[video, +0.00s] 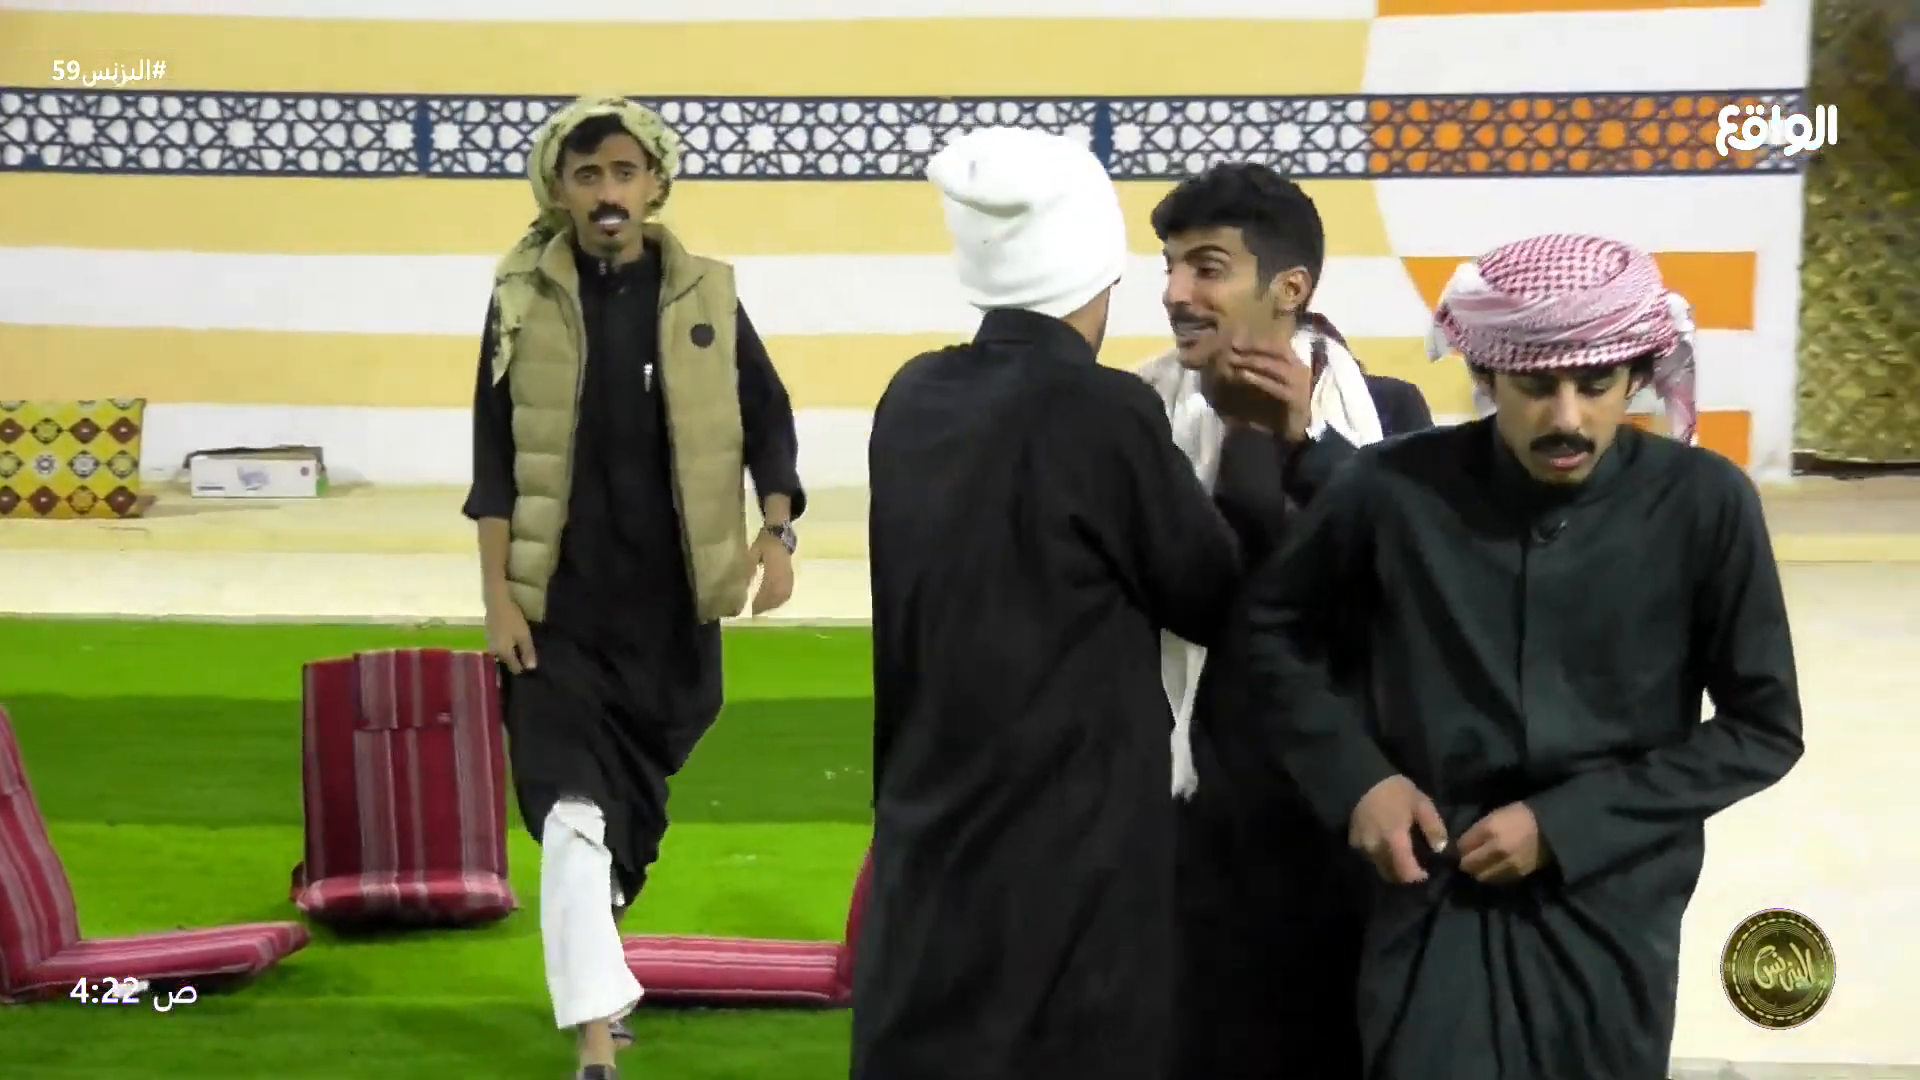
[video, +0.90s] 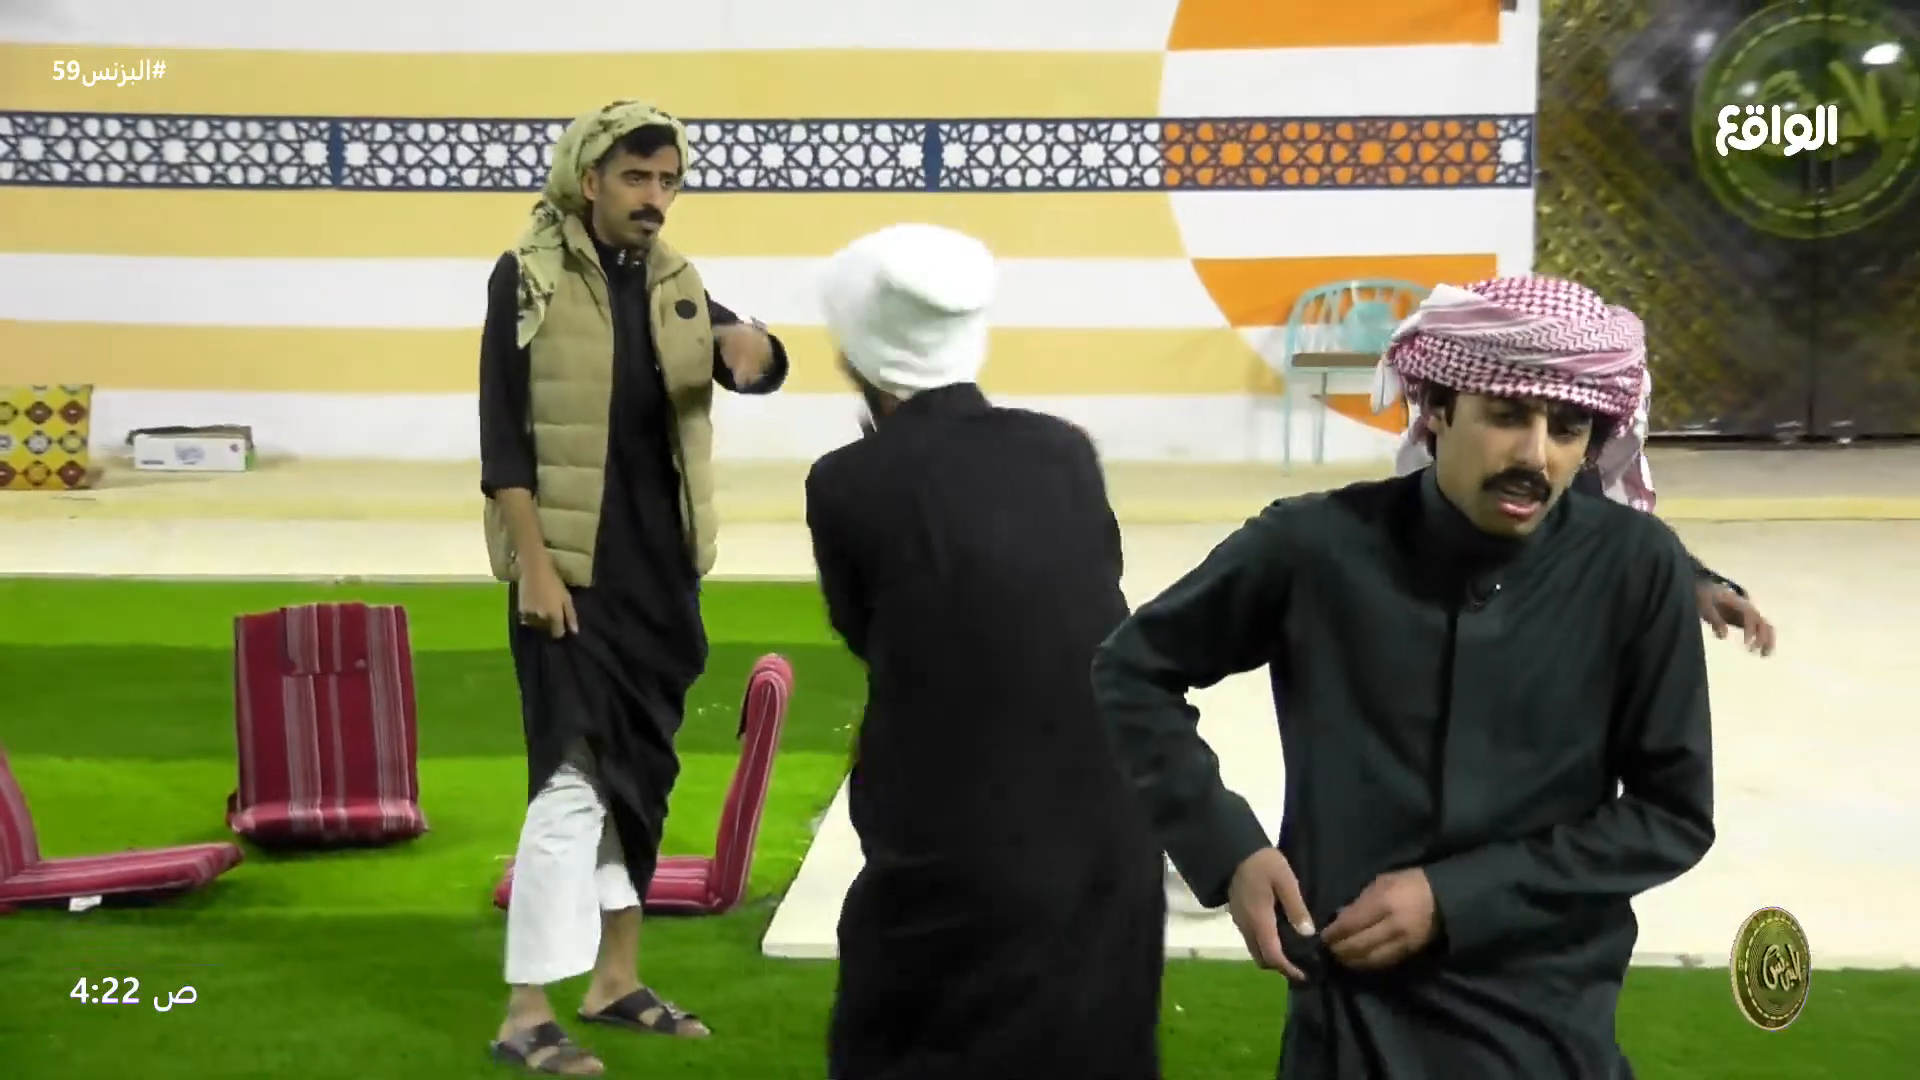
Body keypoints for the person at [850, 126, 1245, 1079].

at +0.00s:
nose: (1128, 286)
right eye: (1120, 265)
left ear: (984, 277)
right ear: (1099, 281)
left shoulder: (909, 400)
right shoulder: (1109, 412)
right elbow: (1211, 596)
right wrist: (1259, 438)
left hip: (929, 838)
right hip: (1083, 844)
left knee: (926, 1047)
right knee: (1084, 1050)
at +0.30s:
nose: (1001, 265)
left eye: (988, 243)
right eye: (994, 246)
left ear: (876, 280)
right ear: (985, 266)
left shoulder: (821, 422)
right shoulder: (1046, 389)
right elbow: (1208, 511)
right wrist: (1227, 449)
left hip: (907, 828)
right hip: (1073, 812)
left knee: (953, 1046)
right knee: (1131, 1034)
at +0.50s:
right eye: (963, 237)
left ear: (847, 283)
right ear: (962, 260)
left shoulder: (808, 415)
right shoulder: (1056, 372)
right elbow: (1237, 491)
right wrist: (1167, 528)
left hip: (908, 825)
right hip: (1082, 801)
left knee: (942, 1046)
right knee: (1171, 1037)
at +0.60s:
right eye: (969, 223)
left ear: (853, 269)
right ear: (969, 248)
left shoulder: (815, 407)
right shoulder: (1063, 370)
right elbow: (1246, 467)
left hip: (909, 836)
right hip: (1080, 816)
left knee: (938, 1045)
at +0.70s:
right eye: (984, 226)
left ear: (874, 268)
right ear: (989, 252)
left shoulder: (826, 403)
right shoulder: (1072, 377)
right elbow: (1199, 498)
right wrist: (1147, 369)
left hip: (901, 822)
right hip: (1065, 811)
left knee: (924, 1049)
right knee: (1116, 1047)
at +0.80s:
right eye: (994, 248)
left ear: (882, 280)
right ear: (996, 270)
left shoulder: (838, 422)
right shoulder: (1076, 397)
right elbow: (1129, 545)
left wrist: (1053, 375)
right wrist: (1082, 372)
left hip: (912, 837)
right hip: (1077, 831)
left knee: (916, 1051)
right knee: (1091, 1046)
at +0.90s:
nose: (841, 353)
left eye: (845, 339)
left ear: (860, 361)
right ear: (969, 343)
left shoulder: (844, 481)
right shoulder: (1066, 450)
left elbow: (860, 628)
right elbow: (1100, 600)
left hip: (939, 849)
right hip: (1098, 841)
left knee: (901, 1054)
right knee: (1093, 1052)